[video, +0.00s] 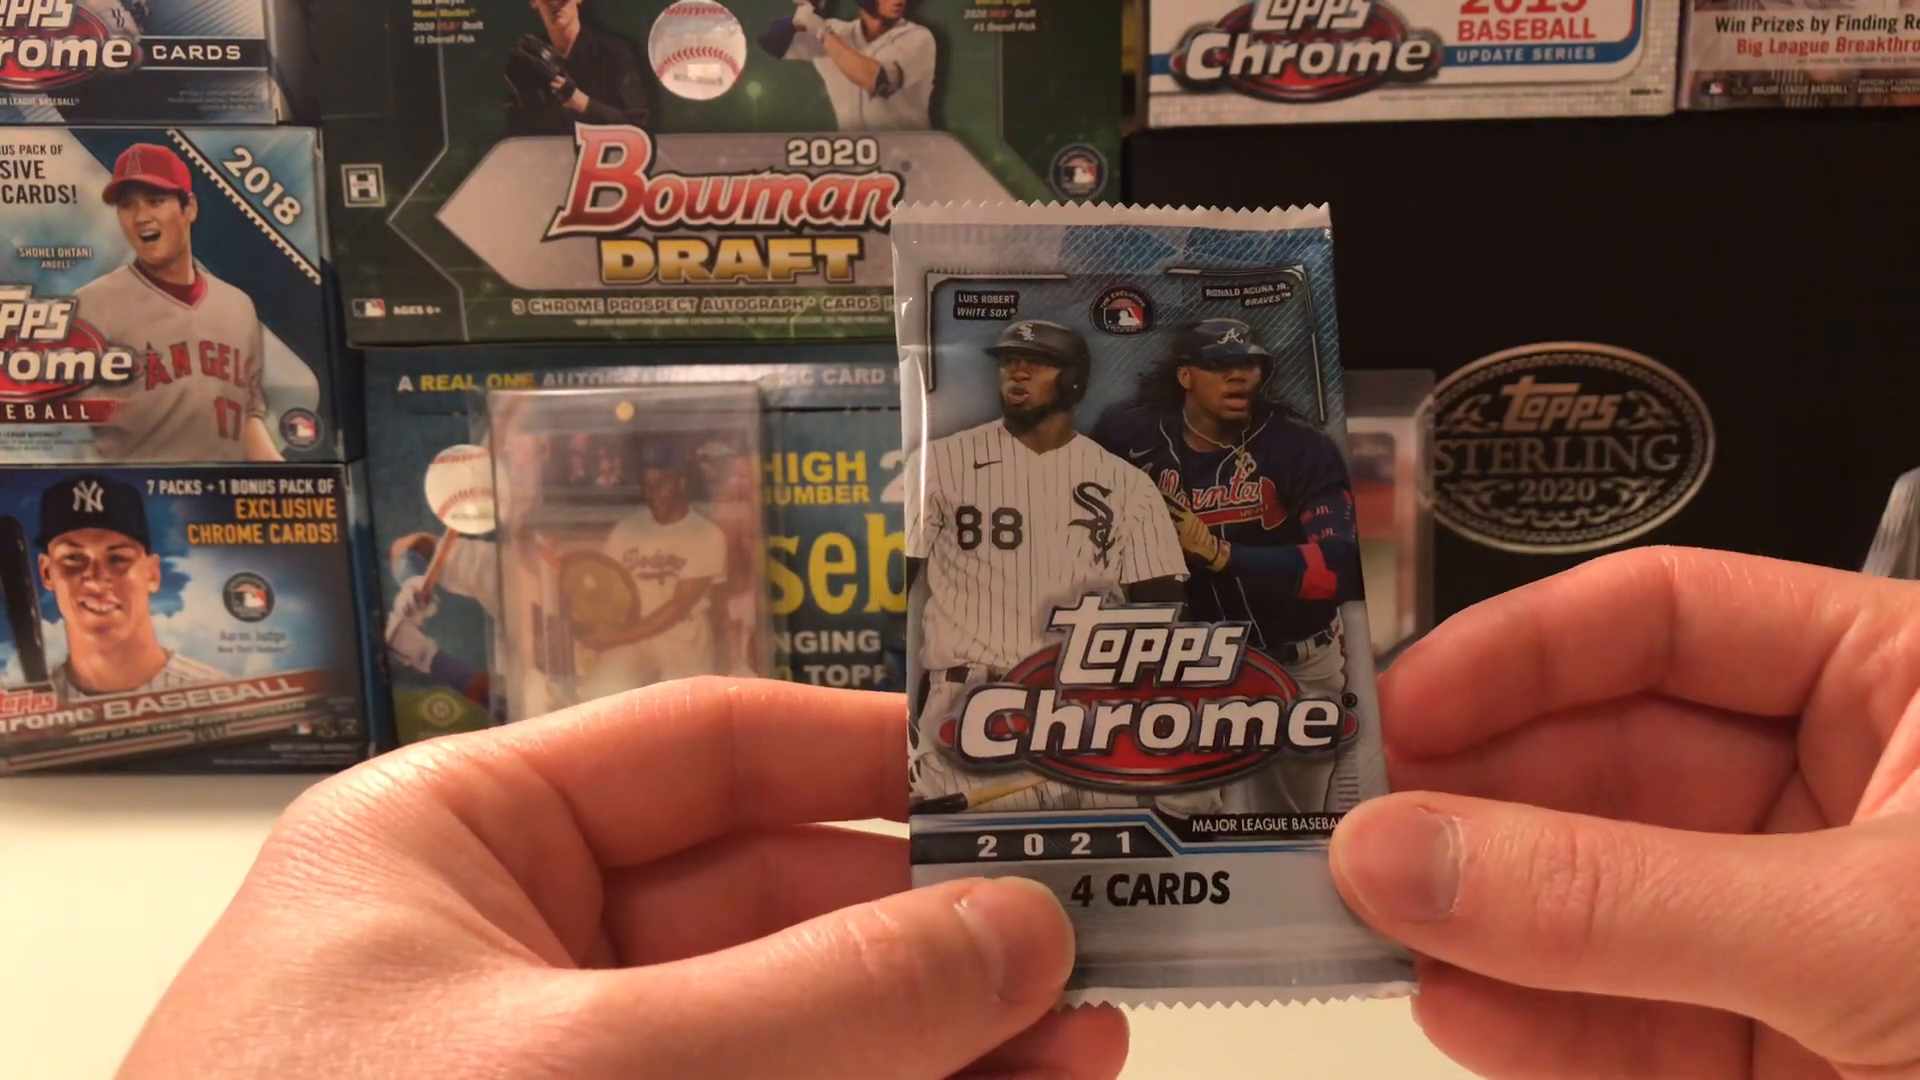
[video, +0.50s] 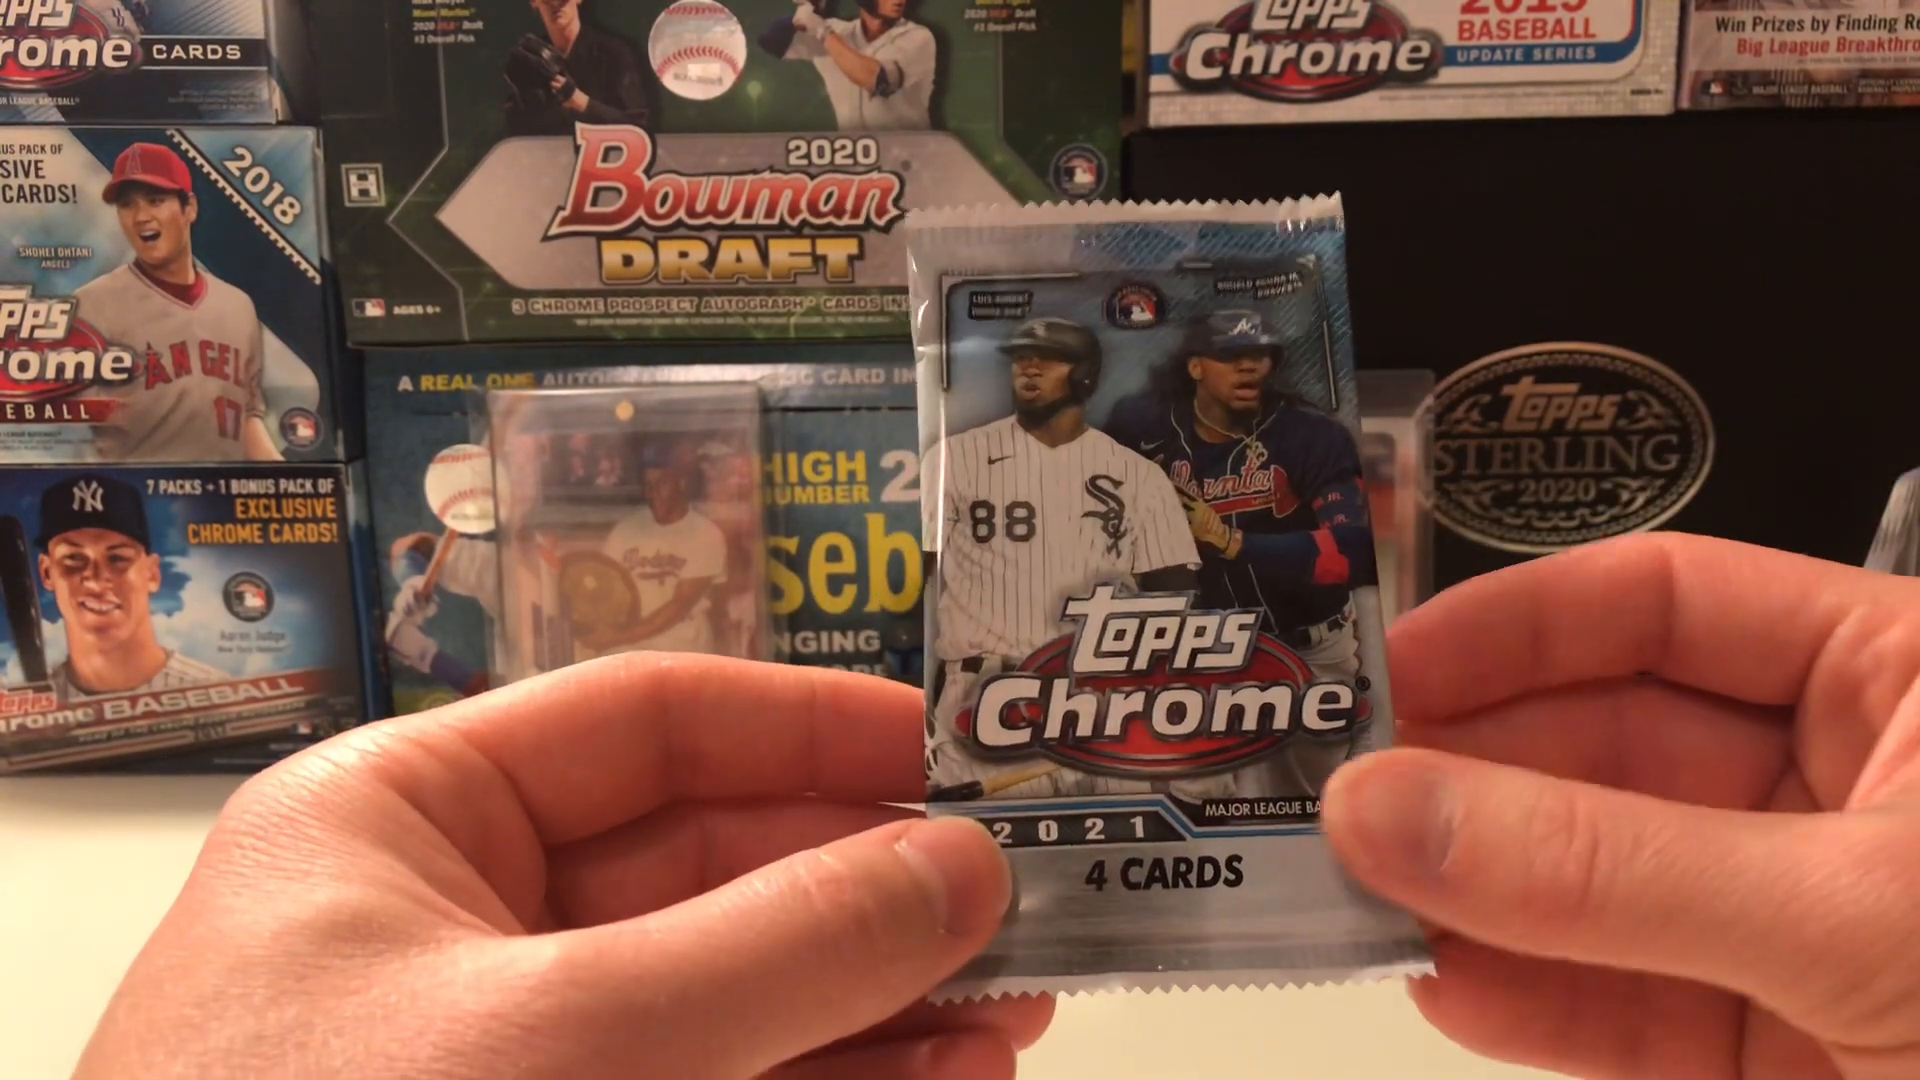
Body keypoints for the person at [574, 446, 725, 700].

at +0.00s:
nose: (653, 493)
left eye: (660, 484)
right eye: (648, 486)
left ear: (681, 484)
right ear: (642, 489)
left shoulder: (707, 536)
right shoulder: (624, 530)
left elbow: (680, 606)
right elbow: (602, 589)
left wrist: (616, 637)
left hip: (683, 644)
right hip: (628, 644)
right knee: (600, 698)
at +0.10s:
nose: (653, 493)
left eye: (660, 484)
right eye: (648, 486)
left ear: (681, 483)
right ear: (642, 489)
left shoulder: (707, 535)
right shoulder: (625, 529)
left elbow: (680, 607)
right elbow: (602, 587)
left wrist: (618, 637)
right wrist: (593, 627)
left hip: (683, 648)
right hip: (627, 647)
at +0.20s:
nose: (652, 495)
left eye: (660, 486)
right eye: (648, 486)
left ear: (682, 485)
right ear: (642, 489)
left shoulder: (707, 536)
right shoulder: (625, 530)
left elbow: (680, 606)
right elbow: (602, 588)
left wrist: (618, 637)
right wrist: (594, 629)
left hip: (682, 656)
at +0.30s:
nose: (652, 494)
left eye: (659, 486)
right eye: (648, 486)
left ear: (681, 485)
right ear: (642, 490)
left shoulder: (706, 536)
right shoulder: (625, 531)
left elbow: (680, 607)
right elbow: (603, 591)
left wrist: (618, 637)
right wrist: (596, 632)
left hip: (685, 660)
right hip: (626, 660)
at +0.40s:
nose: (654, 493)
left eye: (661, 484)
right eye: (648, 486)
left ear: (681, 484)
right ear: (643, 489)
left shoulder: (707, 535)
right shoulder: (625, 531)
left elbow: (680, 607)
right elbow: (603, 592)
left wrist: (617, 637)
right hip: (626, 660)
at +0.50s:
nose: (652, 494)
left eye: (660, 485)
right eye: (648, 486)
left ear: (681, 484)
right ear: (643, 489)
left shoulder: (707, 535)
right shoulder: (625, 531)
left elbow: (680, 606)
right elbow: (604, 590)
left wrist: (618, 637)